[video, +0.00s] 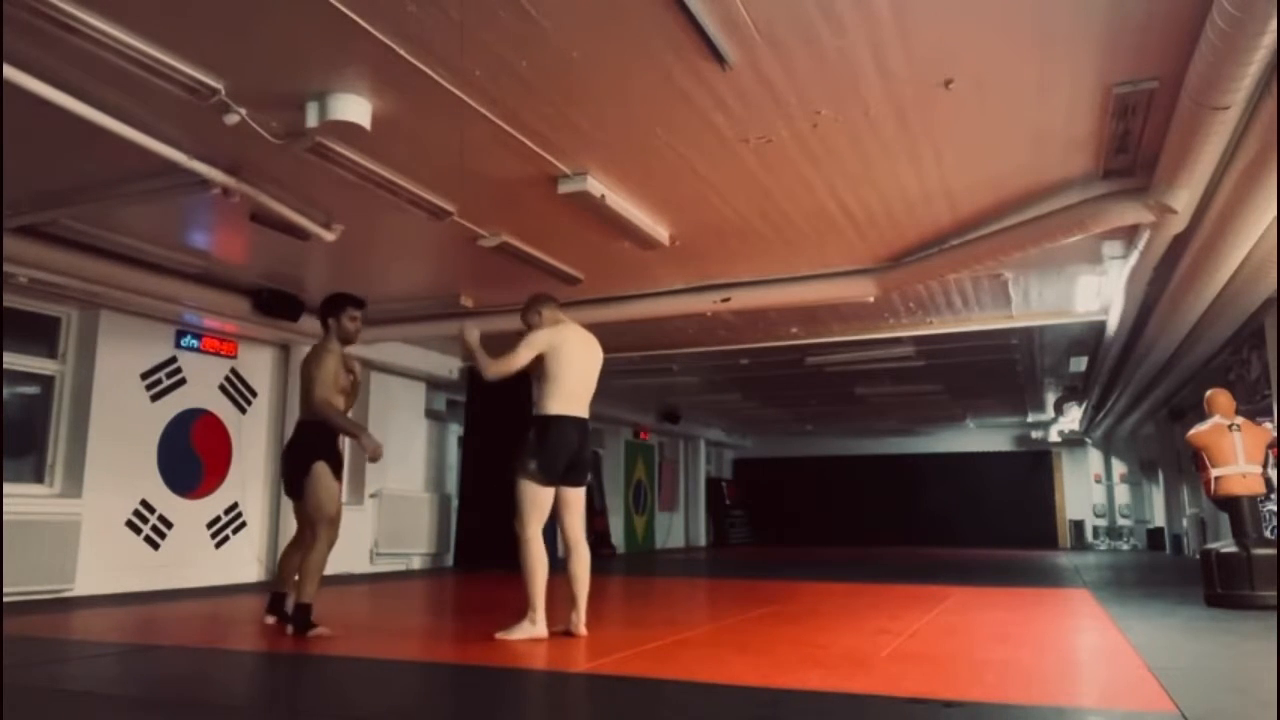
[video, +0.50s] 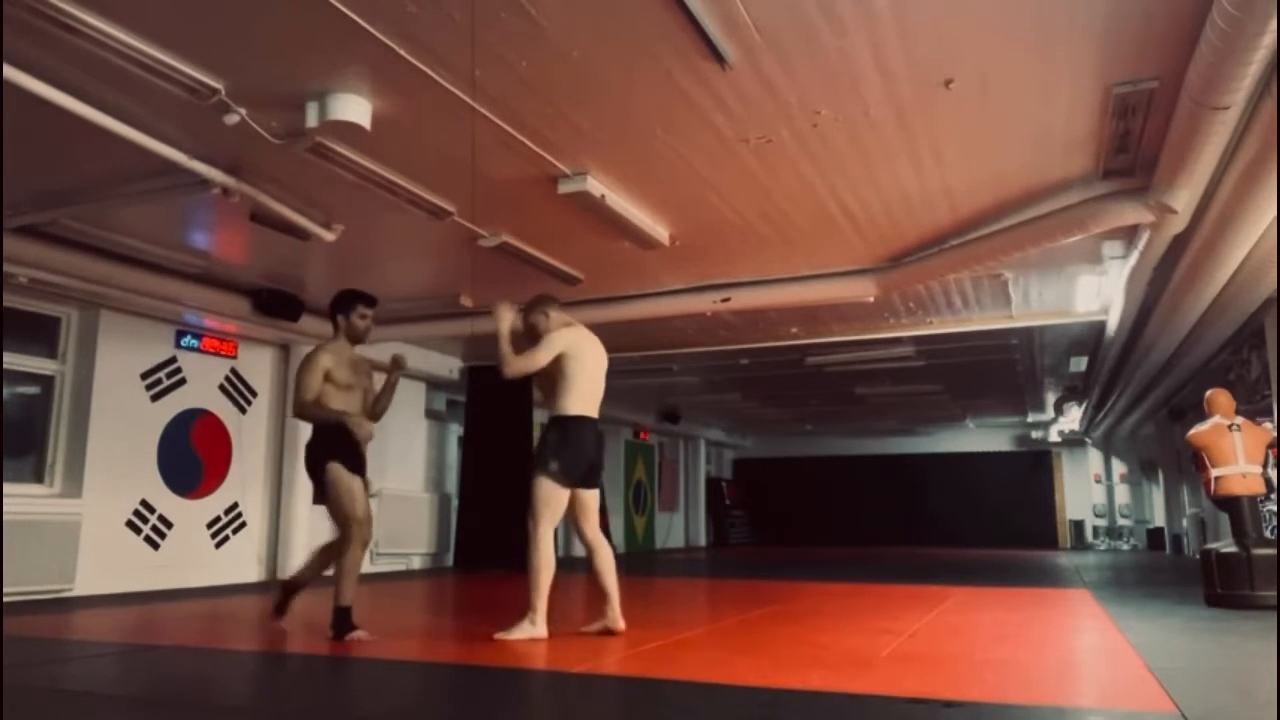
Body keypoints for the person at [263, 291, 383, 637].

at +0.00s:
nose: (358, 326)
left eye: (360, 320)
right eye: (352, 319)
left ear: (343, 324)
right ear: (332, 321)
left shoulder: (331, 355)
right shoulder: (328, 353)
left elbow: (340, 411)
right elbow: (320, 404)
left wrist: (355, 380)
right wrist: (362, 434)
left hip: (310, 447)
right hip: (316, 448)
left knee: (307, 532)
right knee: (325, 531)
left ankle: (278, 602)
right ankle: (302, 614)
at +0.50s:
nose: (368, 325)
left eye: (371, 319)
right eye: (362, 317)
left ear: (367, 322)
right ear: (341, 318)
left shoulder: (361, 363)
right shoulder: (321, 356)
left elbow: (373, 412)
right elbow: (302, 407)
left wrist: (392, 378)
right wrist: (347, 418)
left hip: (352, 449)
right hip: (329, 444)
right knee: (357, 529)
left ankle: (292, 585)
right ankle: (342, 620)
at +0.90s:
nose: (379, 316)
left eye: (382, 310)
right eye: (374, 308)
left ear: (380, 313)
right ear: (352, 308)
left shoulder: (375, 356)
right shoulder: (328, 343)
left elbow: (386, 405)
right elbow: (308, 390)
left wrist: (411, 383)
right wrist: (356, 400)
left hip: (392, 428)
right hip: (362, 437)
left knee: (462, 393)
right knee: (367, 531)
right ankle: (350, 620)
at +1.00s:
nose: (377, 318)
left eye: (380, 312)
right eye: (372, 311)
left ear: (377, 315)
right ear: (350, 309)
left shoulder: (375, 355)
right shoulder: (327, 348)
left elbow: (385, 407)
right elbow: (306, 396)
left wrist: (411, 384)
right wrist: (353, 406)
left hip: (401, 424)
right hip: (371, 439)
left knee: (477, 400)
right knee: (373, 529)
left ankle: (553, 411)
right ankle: (355, 618)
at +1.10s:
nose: (375, 320)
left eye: (378, 314)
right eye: (369, 312)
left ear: (376, 317)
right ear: (347, 312)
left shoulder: (376, 356)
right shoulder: (327, 352)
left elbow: (385, 407)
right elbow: (306, 402)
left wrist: (413, 384)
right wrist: (354, 410)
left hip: (403, 425)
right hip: (373, 440)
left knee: (480, 410)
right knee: (374, 532)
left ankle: (558, 408)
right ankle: (357, 621)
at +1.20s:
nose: (376, 321)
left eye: (378, 315)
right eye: (370, 313)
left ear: (372, 317)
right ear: (347, 312)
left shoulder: (375, 356)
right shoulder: (326, 354)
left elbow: (388, 406)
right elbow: (307, 405)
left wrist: (415, 383)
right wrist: (353, 410)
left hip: (404, 428)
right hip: (372, 442)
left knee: (479, 411)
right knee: (374, 532)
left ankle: (556, 408)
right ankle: (359, 620)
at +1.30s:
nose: (377, 319)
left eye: (380, 313)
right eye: (371, 311)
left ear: (377, 315)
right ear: (348, 310)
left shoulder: (376, 354)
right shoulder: (326, 352)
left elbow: (391, 406)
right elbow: (306, 404)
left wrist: (415, 380)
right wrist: (350, 410)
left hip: (402, 429)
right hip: (369, 443)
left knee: (476, 413)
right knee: (373, 532)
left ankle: (555, 414)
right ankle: (358, 621)